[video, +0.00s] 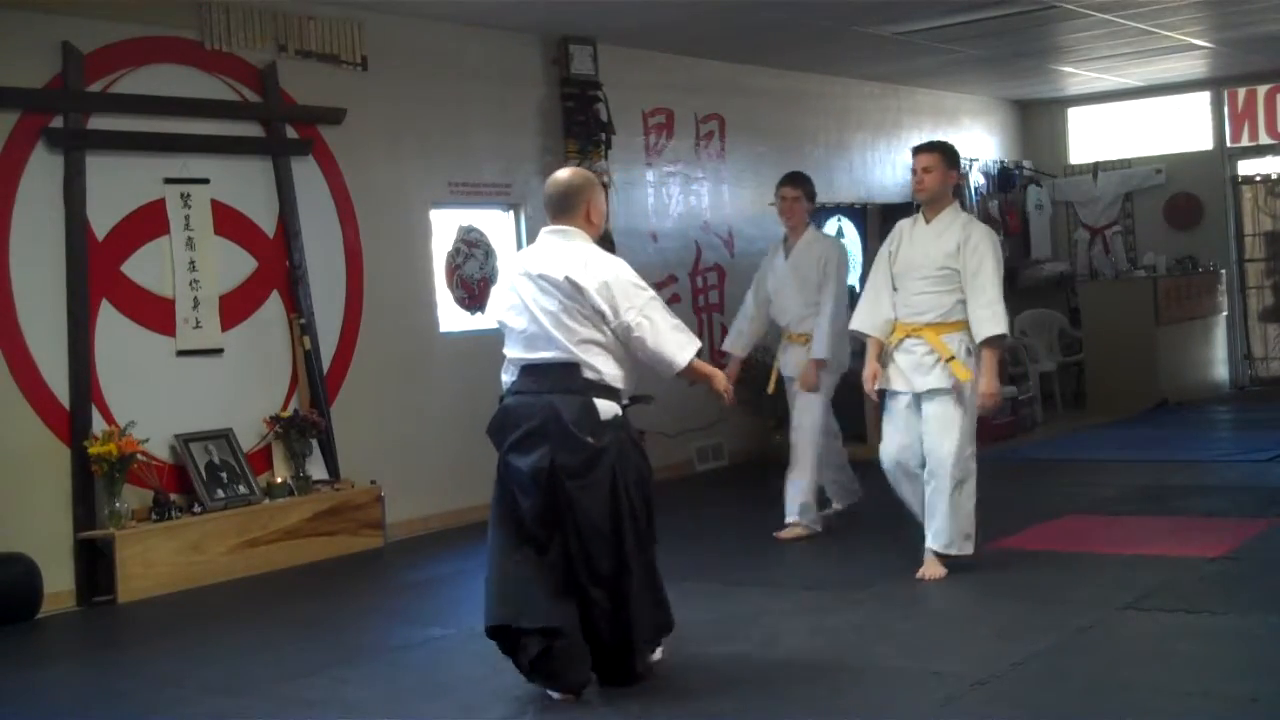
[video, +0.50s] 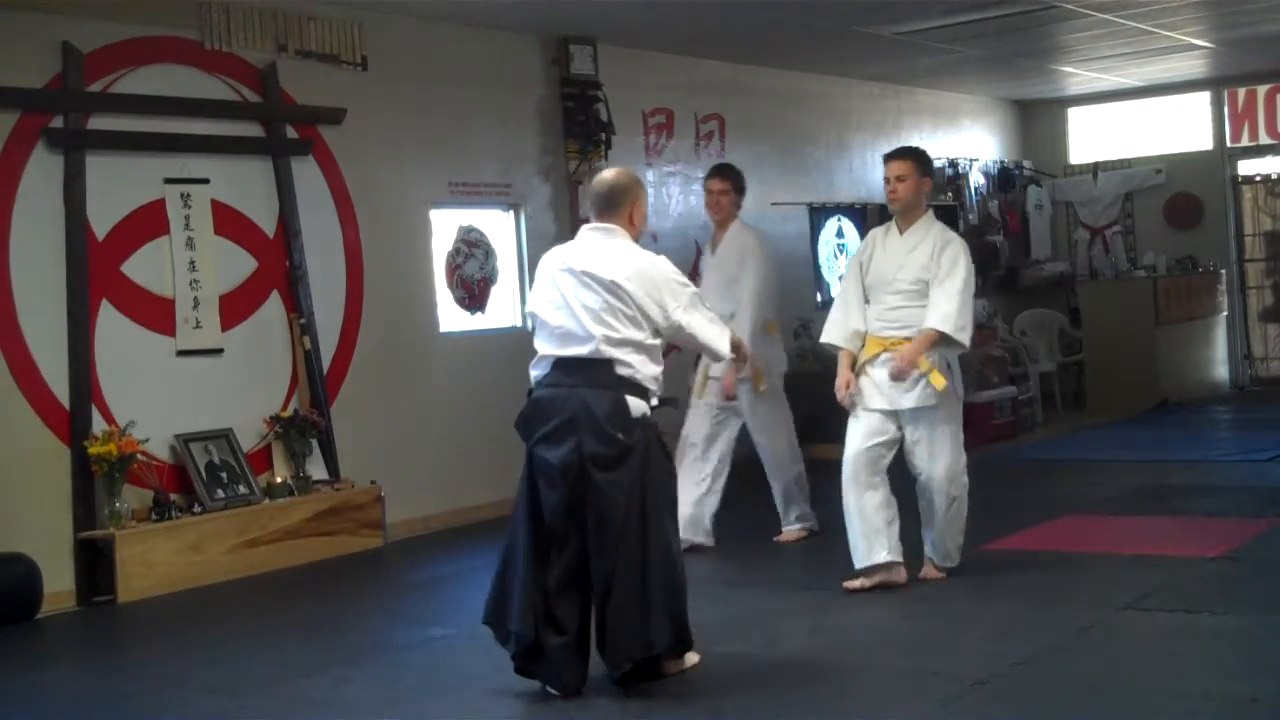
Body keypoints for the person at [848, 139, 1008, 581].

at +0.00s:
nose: (917, 179)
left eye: (926, 172)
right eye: (914, 172)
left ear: (952, 178)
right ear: (913, 178)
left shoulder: (974, 234)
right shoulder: (901, 232)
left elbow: (987, 304)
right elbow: (880, 295)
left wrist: (989, 370)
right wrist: (871, 355)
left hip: (949, 355)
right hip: (900, 356)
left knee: (945, 456)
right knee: (895, 455)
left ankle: (937, 551)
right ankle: (942, 523)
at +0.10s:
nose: (912, 179)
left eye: (921, 171)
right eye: (909, 172)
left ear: (948, 177)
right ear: (908, 178)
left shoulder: (969, 234)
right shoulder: (896, 232)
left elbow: (981, 303)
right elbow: (875, 295)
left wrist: (973, 364)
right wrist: (864, 356)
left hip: (944, 354)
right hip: (894, 355)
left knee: (942, 455)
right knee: (884, 453)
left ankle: (939, 549)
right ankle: (910, 540)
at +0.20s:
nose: (908, 179)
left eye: (917, 171)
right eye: (905, 172)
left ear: (944, 177)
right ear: (903, 178)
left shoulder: (966, 236)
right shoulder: (891, 233)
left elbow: (975, 303)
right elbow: (869, 298)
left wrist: (959, 358)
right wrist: (858, 357)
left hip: (940, 356)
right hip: (889, 356)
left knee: (942, 459)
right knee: (879, 455)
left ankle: (940, 552)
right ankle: (896, 547)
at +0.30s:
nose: (904, 181)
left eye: (914, 173)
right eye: (901, 174)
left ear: (940, 178)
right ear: (899, 180)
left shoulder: (962, 238)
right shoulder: (885, 235)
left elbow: (971, 304)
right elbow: (864, 299)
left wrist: (949, 352)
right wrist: (854, 358)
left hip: (936, 357)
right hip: (884, 359)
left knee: (942, 461)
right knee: (876, 457)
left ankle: (939, 554)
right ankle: (884, 555)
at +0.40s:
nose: (899, 184)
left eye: (908, 176)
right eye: (895, 177)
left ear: (934, 182)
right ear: (892, 183)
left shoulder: (956, 241)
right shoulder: (879, 239)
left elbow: (962, 306)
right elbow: (857, 304)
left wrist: (936, 351)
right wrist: (849, 362)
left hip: (932, 362)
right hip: (880, 365)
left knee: (942, 466)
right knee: (867, 460)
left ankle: (938, 556)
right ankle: (881, 559)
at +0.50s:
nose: (891, 188)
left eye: (900, 180)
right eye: (887, 181)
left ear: (926, 185)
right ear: (885, 187)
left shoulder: (948, 245)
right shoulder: (872, 243)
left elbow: (949, 310)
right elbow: (851, 307)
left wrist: (916, 349)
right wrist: (844, 364)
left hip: (928, 367)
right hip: (873, 370)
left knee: (940, 471)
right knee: (859, 465)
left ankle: (939, 556)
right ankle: (883, 563)